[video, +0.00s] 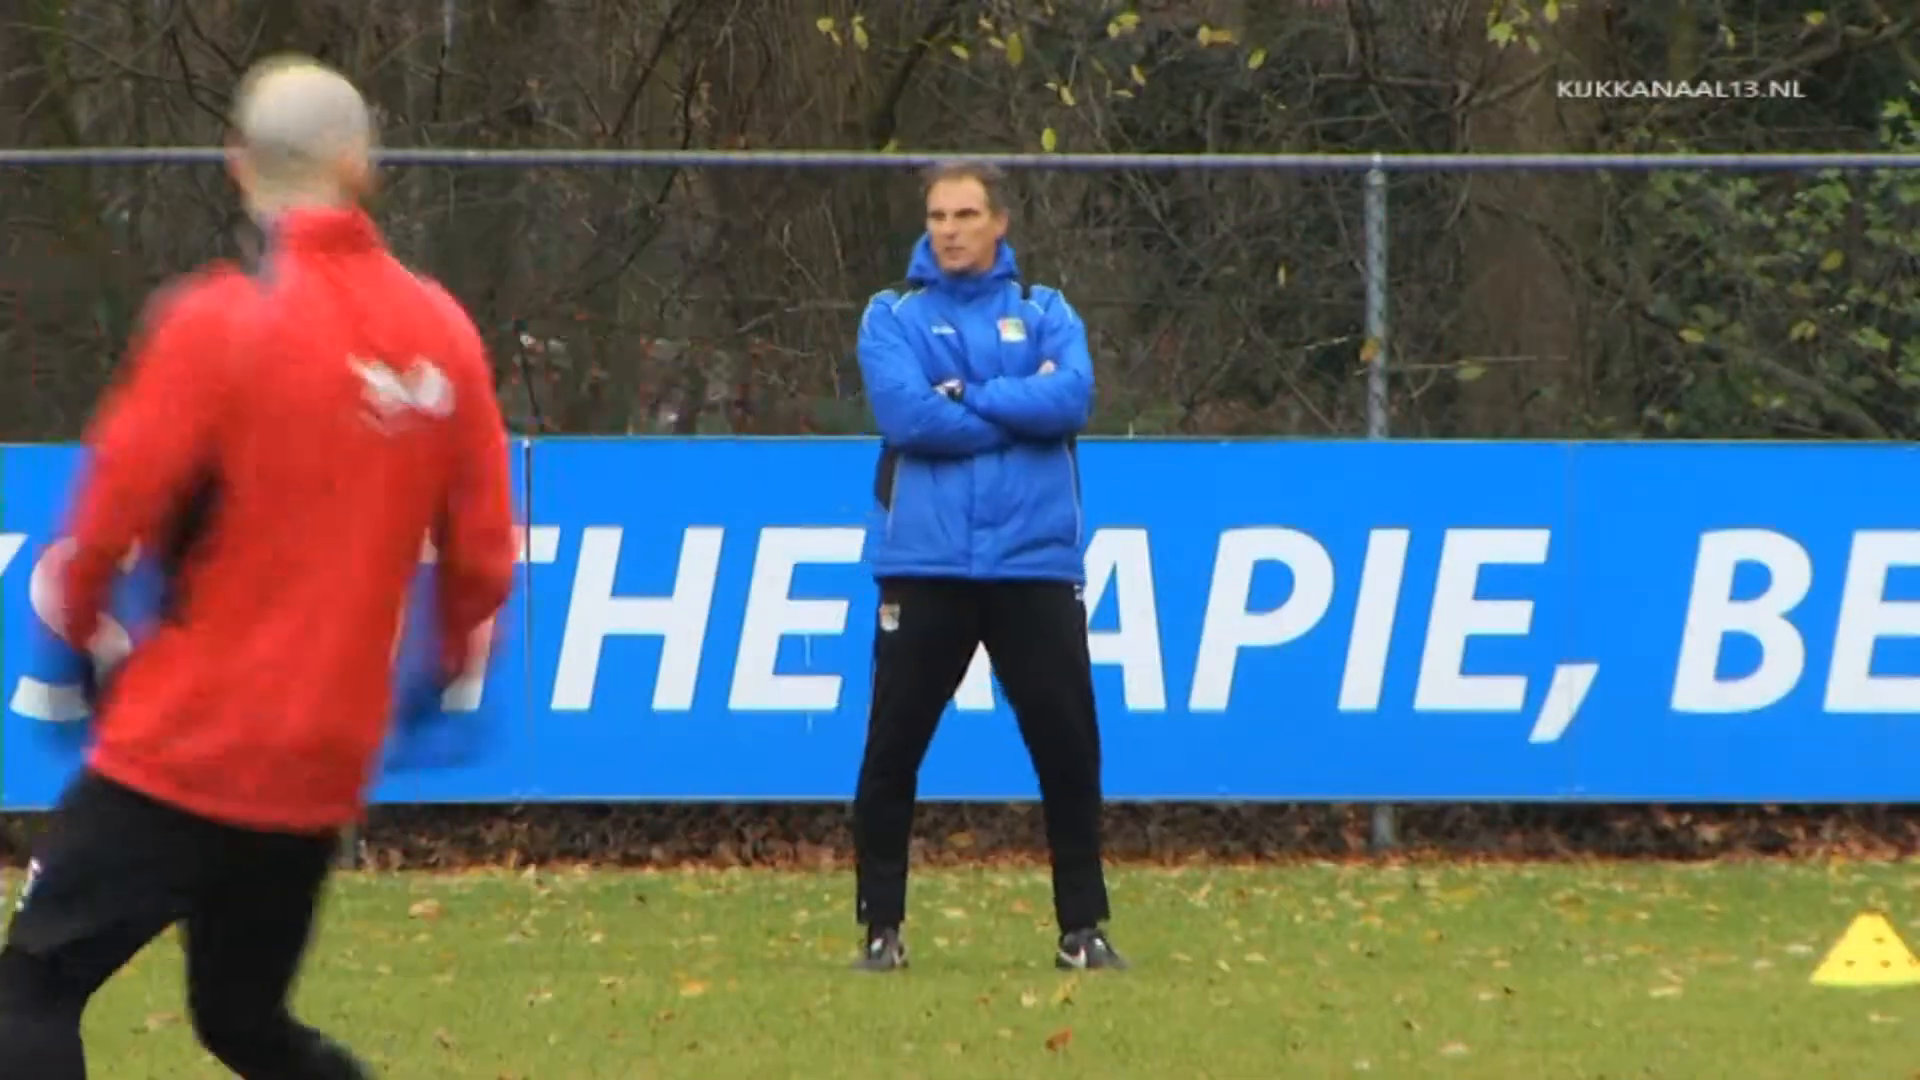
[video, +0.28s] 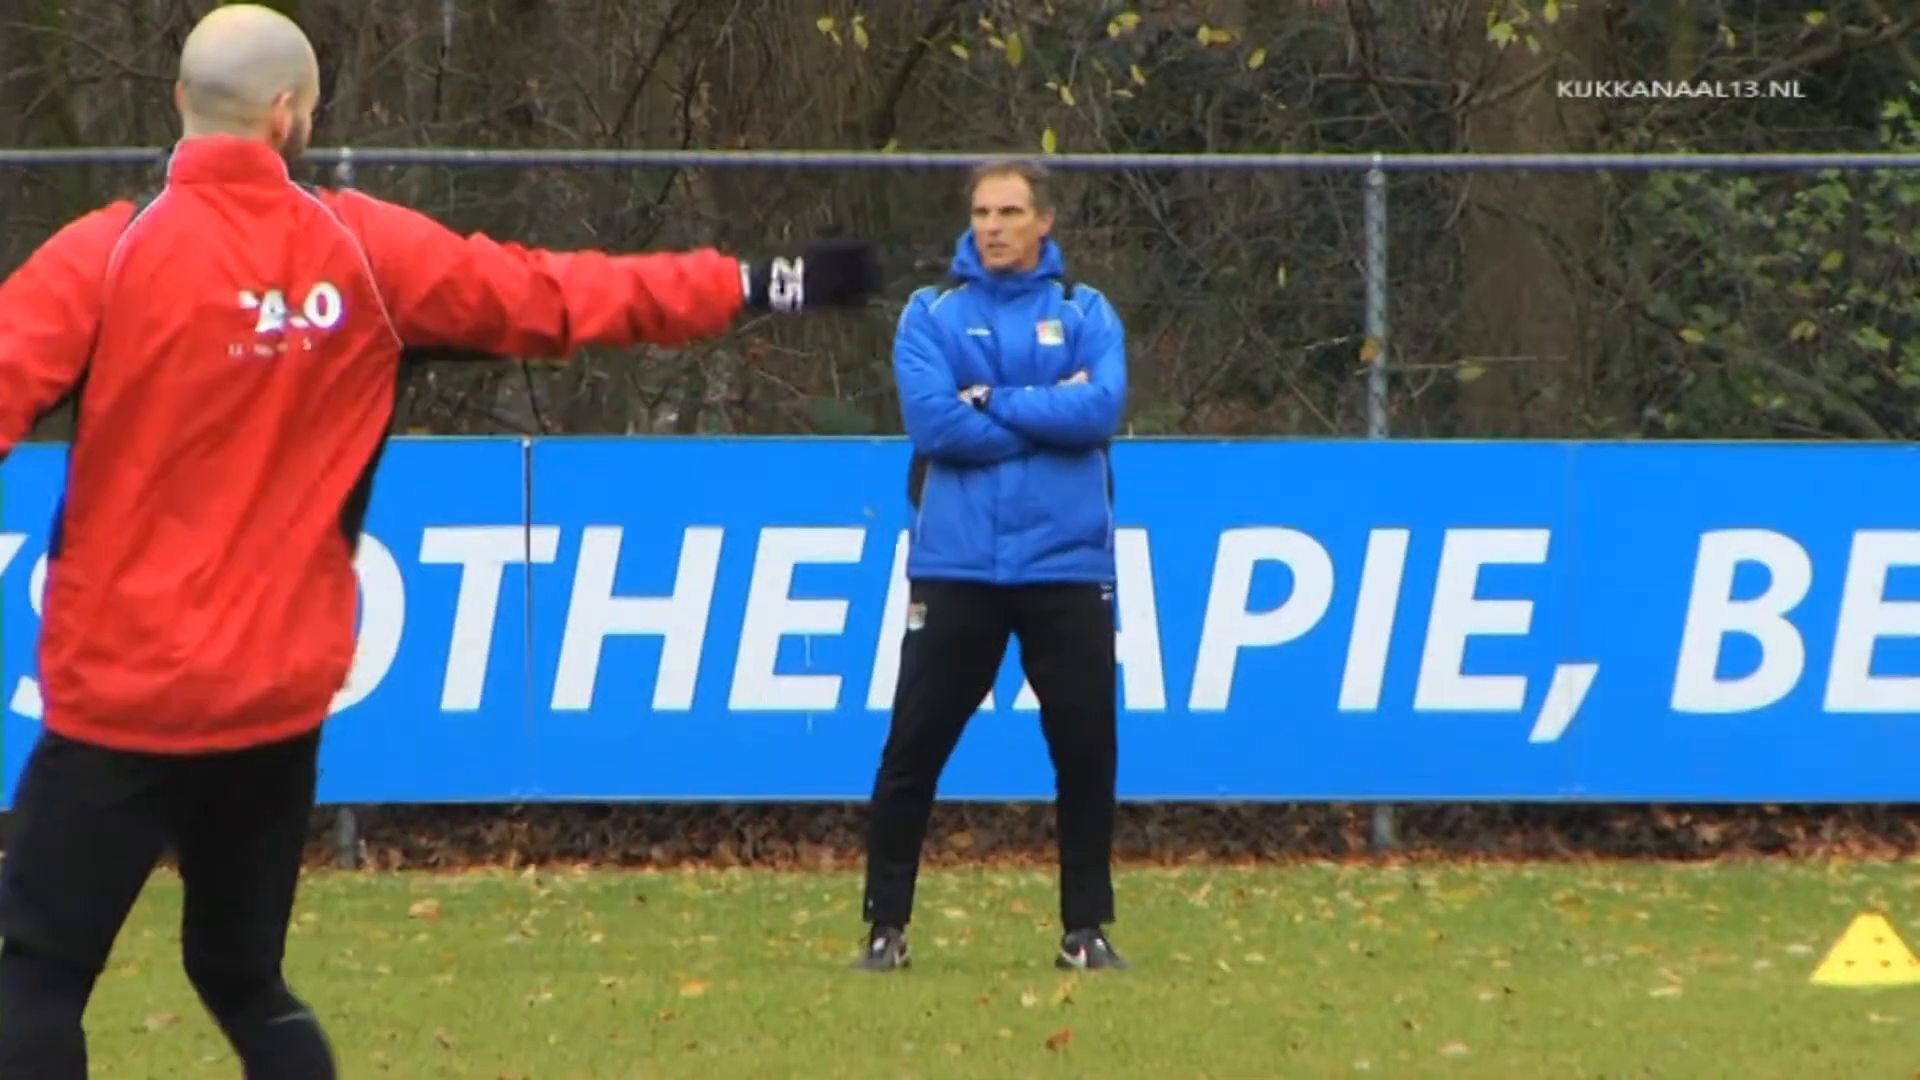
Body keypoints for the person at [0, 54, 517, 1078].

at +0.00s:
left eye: (236, 153)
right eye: (368, 153)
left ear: (240, 167)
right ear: (365, 169)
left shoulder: (219, 318)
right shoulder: (444, 331)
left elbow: (111, 513)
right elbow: (485, 553)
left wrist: (78, 631)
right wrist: (443, 662)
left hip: (190, 733)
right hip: (325, 746)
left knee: (35, 985)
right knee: (244, 1017)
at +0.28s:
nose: (313, 117)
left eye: (306, 97)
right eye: (310, 99)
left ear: (180, 107)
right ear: (291, 113)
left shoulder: (99, 256)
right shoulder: (369, 248)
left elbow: (9, 390)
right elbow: (559, 297)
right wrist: (767, 280)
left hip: (118, 690)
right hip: (277, 693)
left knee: (37, 975)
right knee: (243, 974)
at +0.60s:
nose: (233, 146)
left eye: (241, 127)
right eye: (238, 126)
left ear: (271, 140)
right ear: (363, 138)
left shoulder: (246, 289)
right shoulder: (477, 287)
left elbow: (164, 465)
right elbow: (571, 451)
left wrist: (85, 589)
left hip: (266, 725)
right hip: (413, 727)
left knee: (140, 990)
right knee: (321, 1002)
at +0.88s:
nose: (411, 106)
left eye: (437, 87)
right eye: (417, 85)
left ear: (518, 108)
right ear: (503, 111)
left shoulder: (556, 244)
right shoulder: (524, 243)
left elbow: (560, 444)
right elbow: (484, 454)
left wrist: (460, 586)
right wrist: (359, 511)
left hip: (549, 671)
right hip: (543, 666)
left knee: (400, 948)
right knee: (450, 965)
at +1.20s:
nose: (760, 152)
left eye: (795, 136)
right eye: (758, 130)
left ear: (875, 167)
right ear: (747, 138)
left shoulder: (943, 321)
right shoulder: (724, 283)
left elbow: (995, 518)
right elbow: (671, 460)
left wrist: (861, 572)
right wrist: (607, 528)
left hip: (880, 753)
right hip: (736, 736)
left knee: (838, 1020)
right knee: (634, 995)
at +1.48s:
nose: (1179, 92)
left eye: (1200, 69)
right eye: (1150, 65)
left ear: (1226, 80)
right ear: (1082, 69)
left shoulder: (1272, 222)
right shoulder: (990, 204)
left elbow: (1345, 381)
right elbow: (883, 363)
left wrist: (1269, 466)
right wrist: (942, 469)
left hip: (1194, 649)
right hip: (1025, 637)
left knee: (1171, 909)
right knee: (1001, 913)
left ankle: (1151, 1066)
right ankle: (978, 1060)